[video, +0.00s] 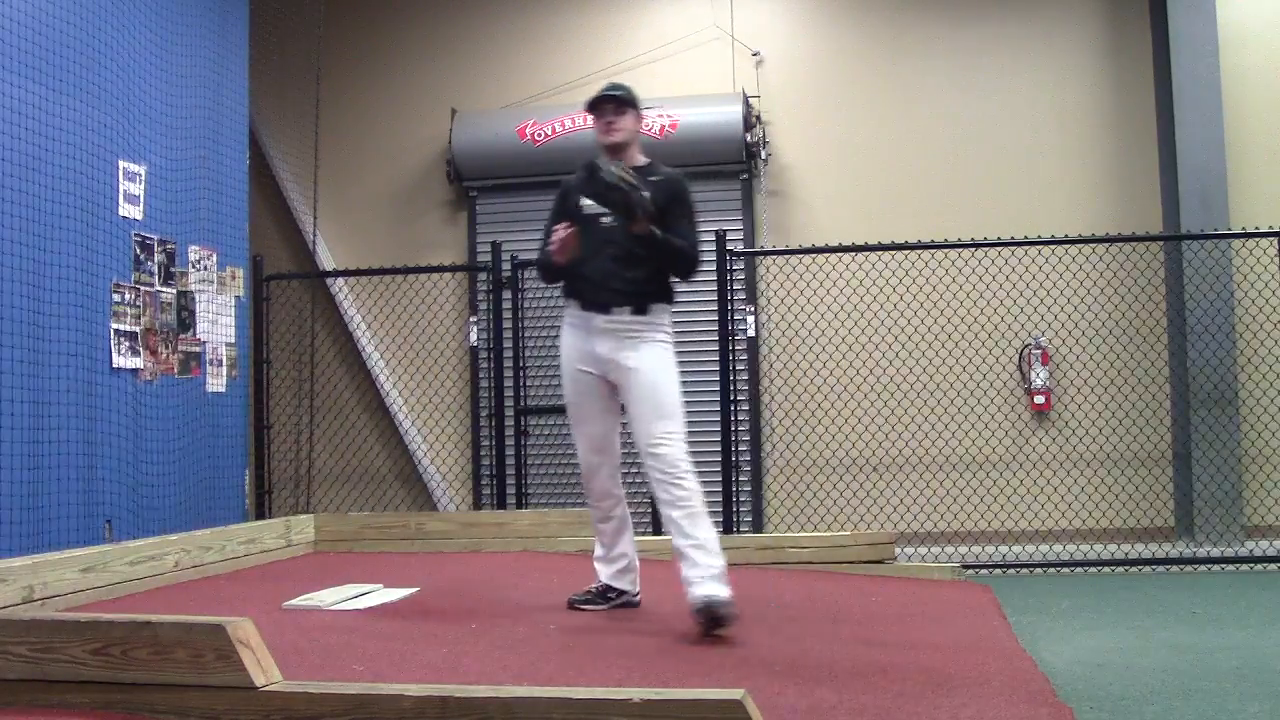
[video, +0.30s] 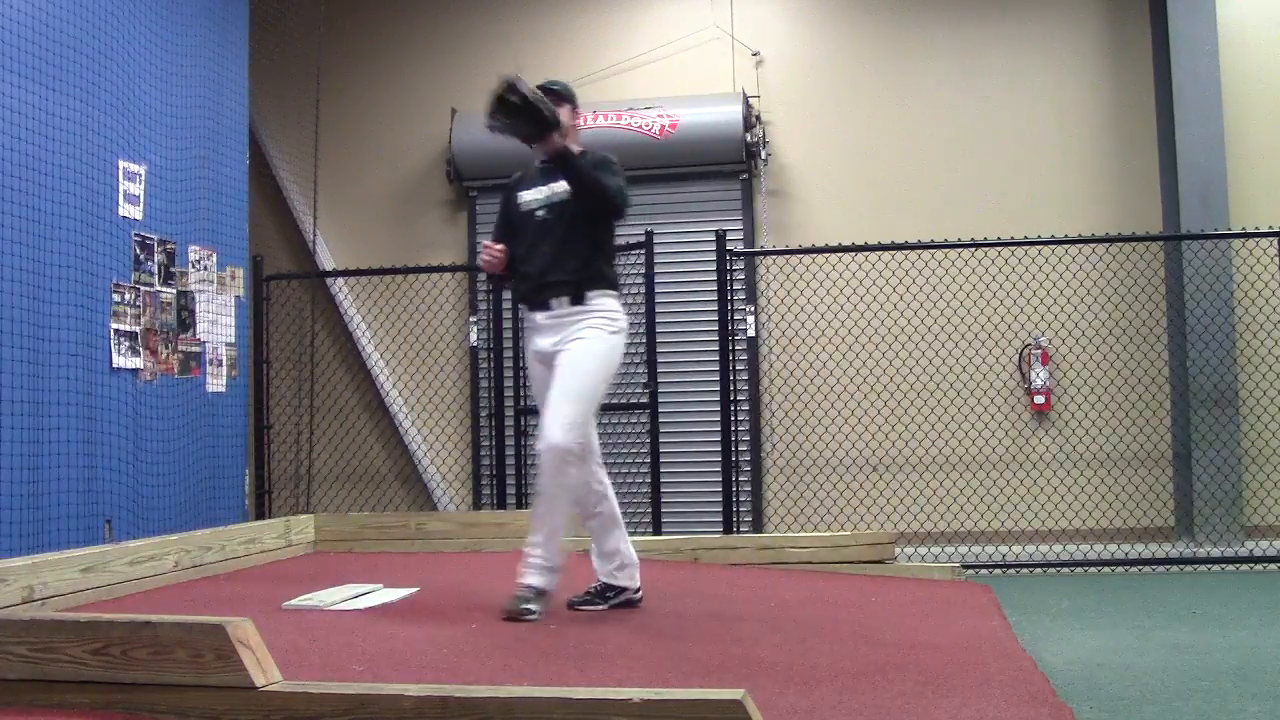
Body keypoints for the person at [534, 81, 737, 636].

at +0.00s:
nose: (609, 122)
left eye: (618, 113)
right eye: (601, 116)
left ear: (639, 120)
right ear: (592, 126)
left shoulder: (667, 185)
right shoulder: (577, 186)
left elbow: (689, 264)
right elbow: (547, 271)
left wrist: (649, 231)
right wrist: (556, 257)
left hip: (644, 336)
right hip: (582, 334)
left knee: (666, 456)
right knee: (596, 465)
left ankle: (708, 591)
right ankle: (618, 580)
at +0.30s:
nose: (547, 122)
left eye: (556, 111)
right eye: (539, 115)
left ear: (577, 118)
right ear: (529, 125)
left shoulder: (598, 166)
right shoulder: (519, 188)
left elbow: (612, 205)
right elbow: (515, 269)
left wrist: (569, 152)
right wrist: (497, 264)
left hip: (594, 320)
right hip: (541, 328)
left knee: (558, 440)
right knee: (575, 452)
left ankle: (535, 582)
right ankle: (621, 578)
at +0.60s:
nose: (497, 110)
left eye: (506, 99)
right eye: (488, 102)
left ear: (528, 102)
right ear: (479, 111)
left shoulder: (543, 152)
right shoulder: (482, 179)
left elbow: (509, 115)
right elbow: (492, 256)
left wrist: (447, 67)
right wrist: (459, 256)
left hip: (529, 312)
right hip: (480, 318)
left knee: (517, 444)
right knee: (457, 439)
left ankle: (524, 580)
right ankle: (546, 528)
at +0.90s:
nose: (422, 111)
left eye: (432, 101)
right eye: (416, 104)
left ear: (458, 107)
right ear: (412, 114)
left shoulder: (481, 157)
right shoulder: (409, 179)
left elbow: (489, 212)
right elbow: (422, 259)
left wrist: (413, 198)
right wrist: (390, 258)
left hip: (478, 317)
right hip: (418, 320)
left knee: (491, 447)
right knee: (376, 442)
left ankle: (522, 581)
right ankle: (344, 565)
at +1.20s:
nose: (373, 137)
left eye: (383, 128)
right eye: (365, 128)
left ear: (403, 118)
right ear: (353, 121)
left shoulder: (437, 164)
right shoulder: (338, 172)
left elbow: (468, 223)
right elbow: (317, 238)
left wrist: (451, 247)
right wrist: (327, 282)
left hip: (432, 314)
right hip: (366, 314)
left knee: (451, 433)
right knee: (357, 442)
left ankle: (450, 568)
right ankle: (344, 565)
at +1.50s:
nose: (414, 132)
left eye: (423, 124)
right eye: (406, 123)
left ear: (434, 121)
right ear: (386, 114)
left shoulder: (445, 172)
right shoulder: (351, 161)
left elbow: (454, 237)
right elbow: (307, 224)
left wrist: (467, 276)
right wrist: (321, 279)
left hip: (419, 318)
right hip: (358, 314)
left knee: (413, 444)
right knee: (356, 440)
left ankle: (394, 563)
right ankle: (342, 562)